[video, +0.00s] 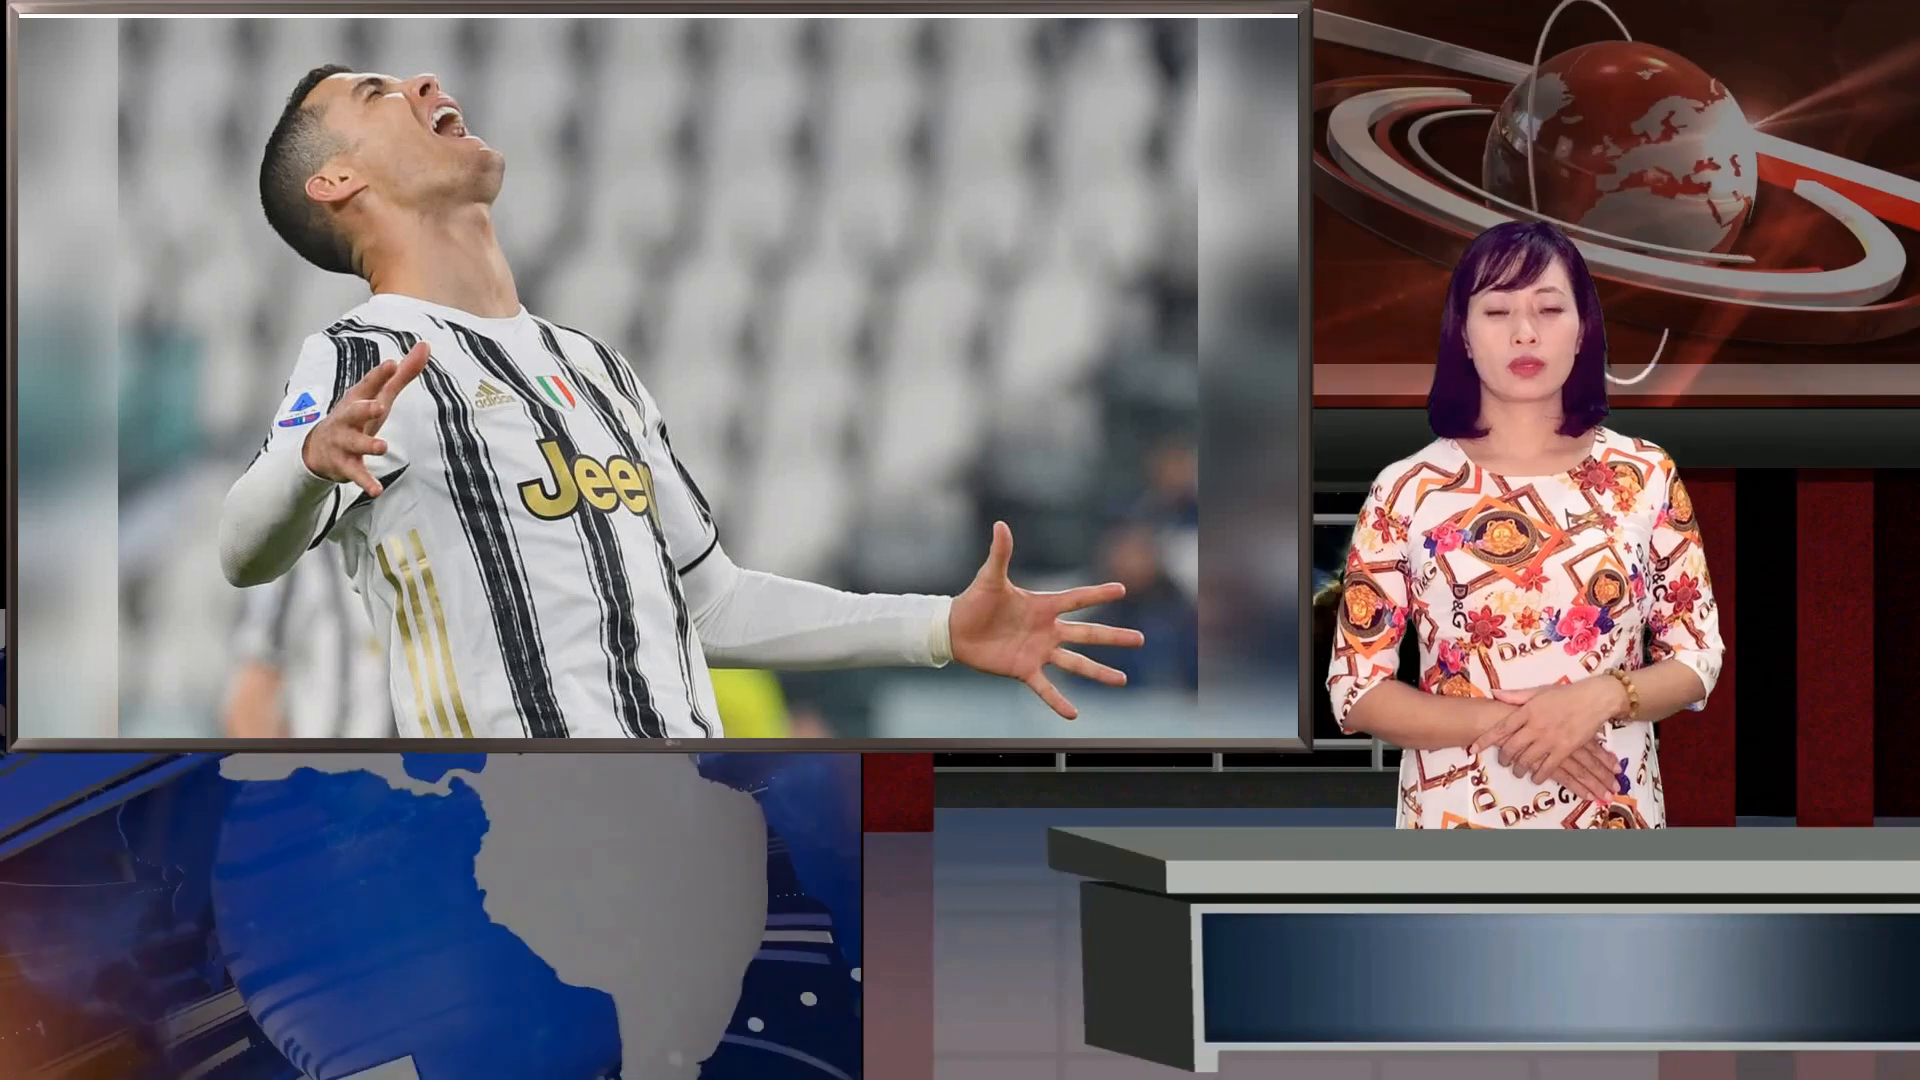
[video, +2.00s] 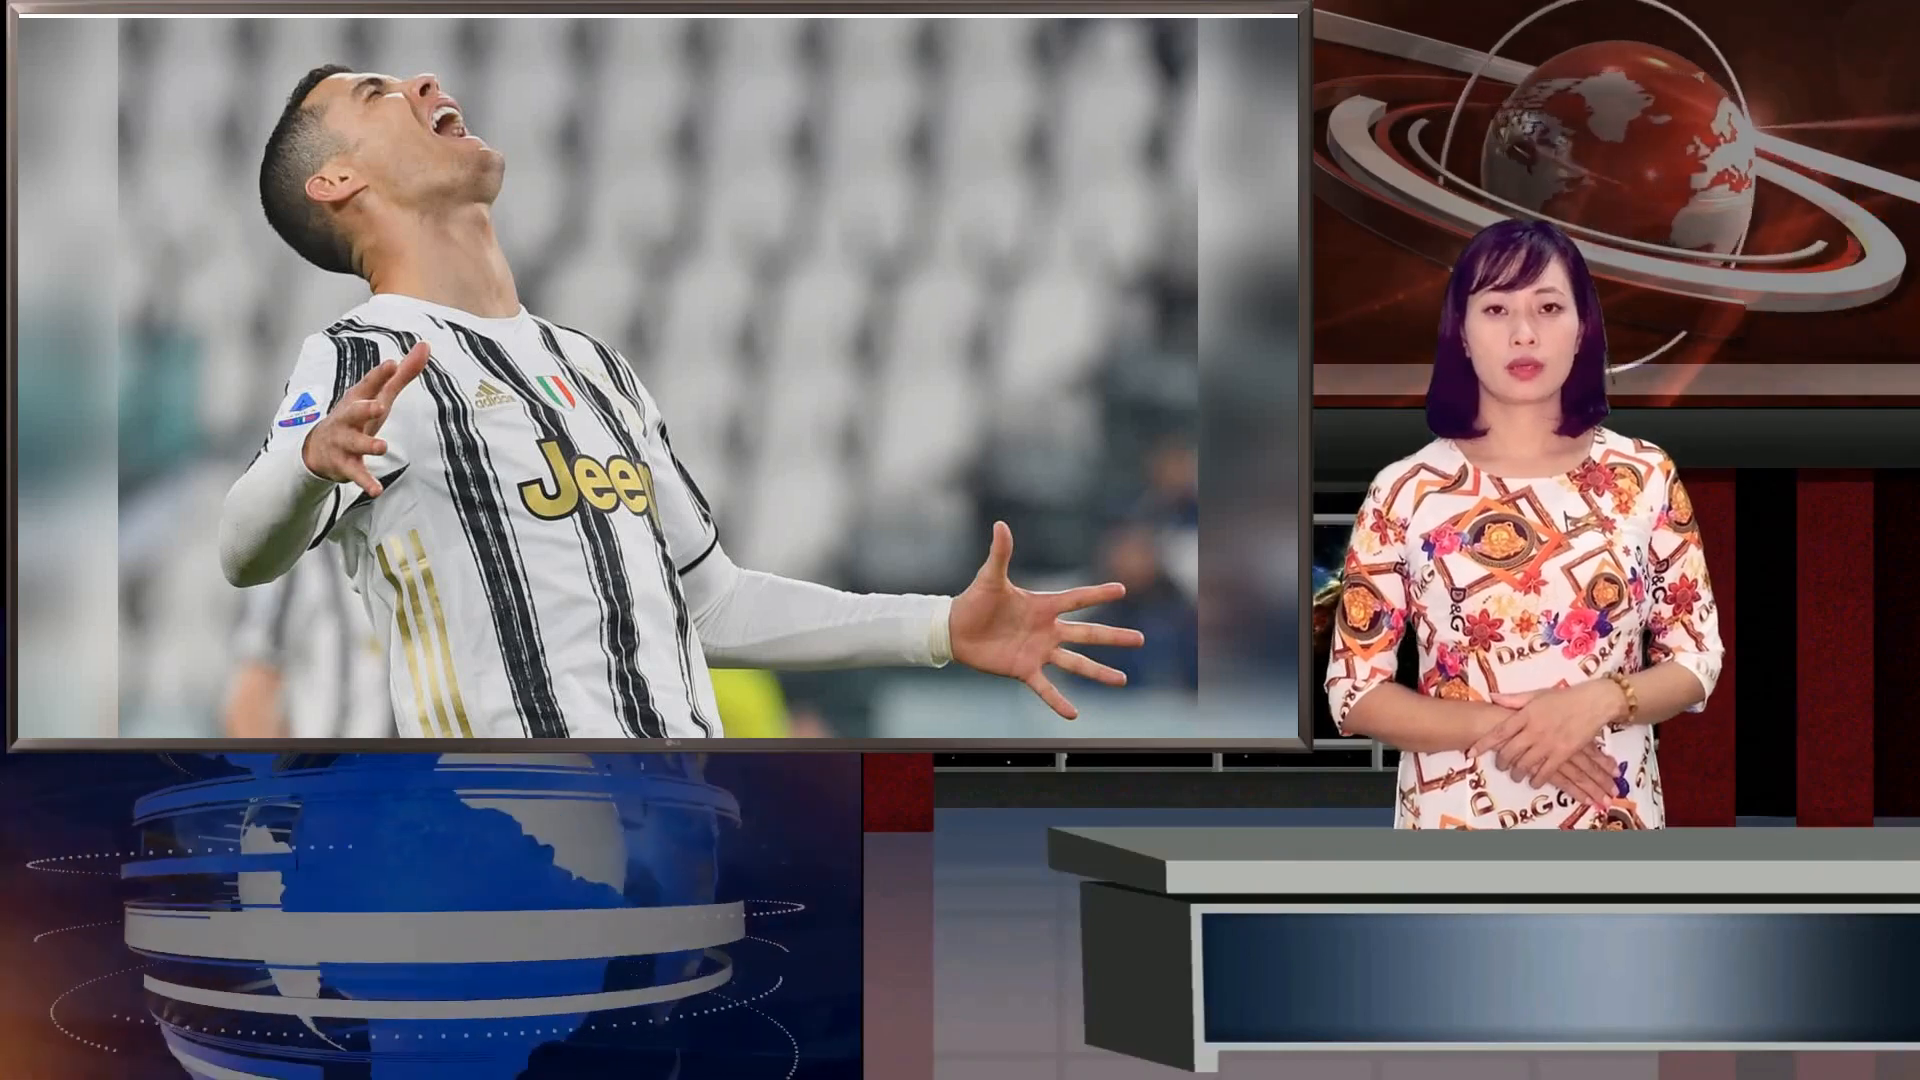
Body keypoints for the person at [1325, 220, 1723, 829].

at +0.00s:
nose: (1524, 331)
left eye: (1549, 309)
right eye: (1497, 311)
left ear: (1583, 328)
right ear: (1463, 332)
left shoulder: (1644, 477)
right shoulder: (1406, 491)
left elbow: (1697, 658)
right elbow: (1355, 690)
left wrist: (1601, 696)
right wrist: (1514, 727)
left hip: (1612, 827)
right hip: (1458, 828)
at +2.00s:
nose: (1523, 332)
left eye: (1548, 308)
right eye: (1496, 309)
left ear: (1583, 327)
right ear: (1461, 330)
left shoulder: (1643, 478)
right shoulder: (1404, 492)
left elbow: (1696, 659)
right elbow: (1353, 692)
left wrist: (1598, 701)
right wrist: (1511, 731)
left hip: (1610, 832)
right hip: (1454, 831)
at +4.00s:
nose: (1532, 331)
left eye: (1556, 307)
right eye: (1504, 308)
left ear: (1590, 326)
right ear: (1468, 329)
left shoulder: (1649, 479)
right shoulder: (1409, 492)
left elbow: (1701, 661)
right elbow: (1359, 691)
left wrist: (1604, 700)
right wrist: (1516, 729)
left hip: (1615, 832)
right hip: (1460, 832)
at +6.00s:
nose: (1531, 330)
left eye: (1555, 306)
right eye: (1503, 307)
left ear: (1589, 326)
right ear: (1466, 328)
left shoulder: (1648, 478)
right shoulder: (1407, 492)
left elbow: (1702, 661)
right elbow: (1357, 691)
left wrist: (1604, 701)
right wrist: (1516, 731)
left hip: (1615, 830)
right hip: (1458, 830)